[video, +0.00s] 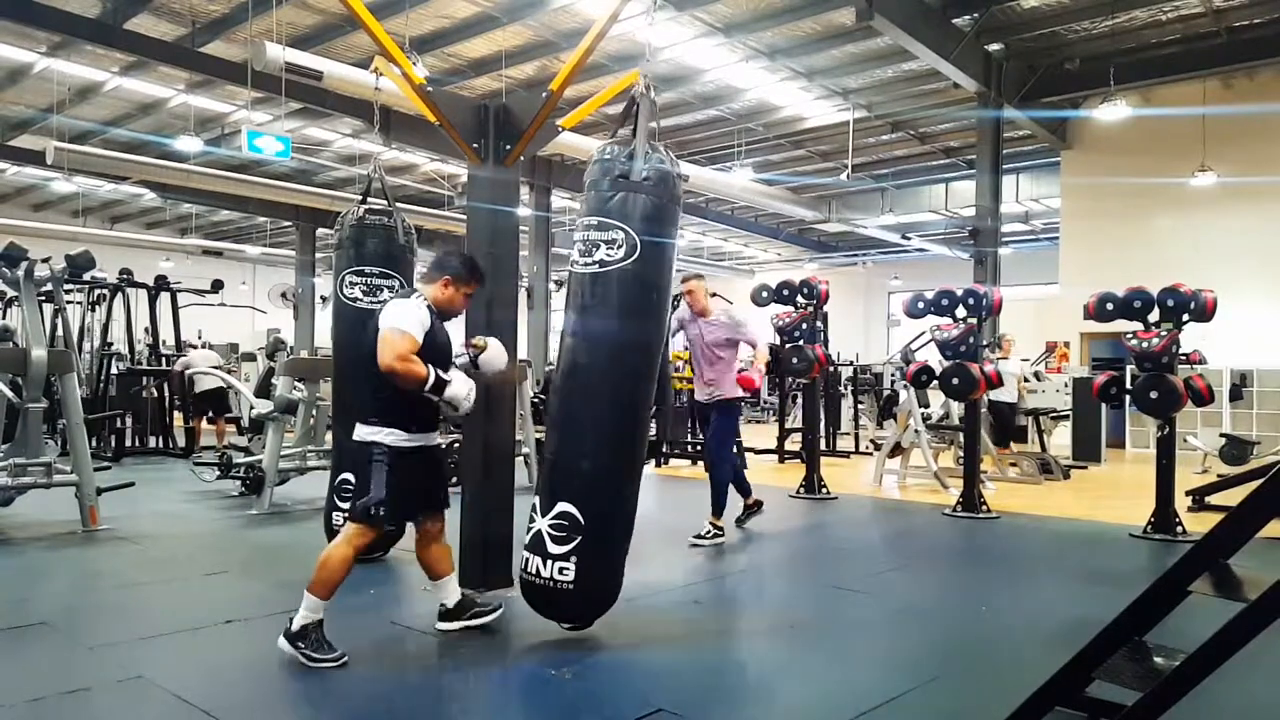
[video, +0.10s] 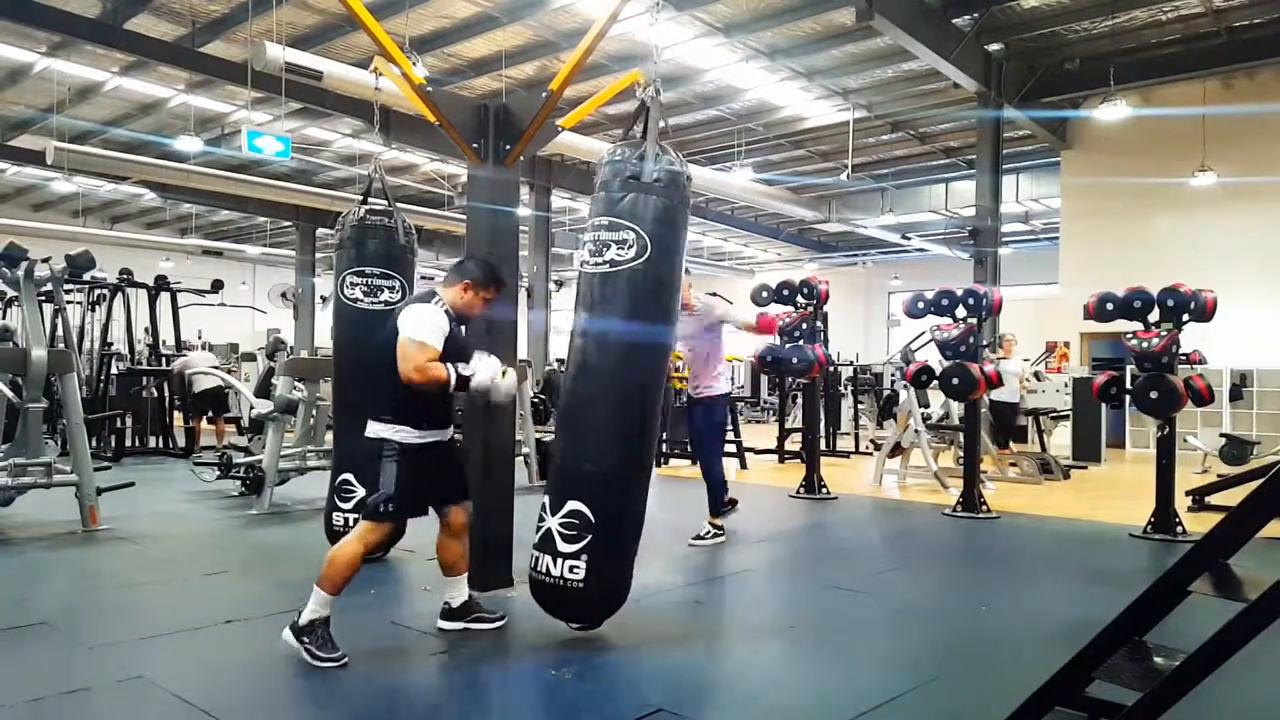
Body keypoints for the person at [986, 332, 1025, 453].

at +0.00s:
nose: (1010, 344)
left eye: (1012, 341)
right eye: (1007, 341)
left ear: (1014, 344)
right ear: (1000, 344)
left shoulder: (1016, 361)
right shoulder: (993, 360)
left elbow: (1020, 381)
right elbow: (986, 376)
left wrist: (1022, 390)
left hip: (1012, 397)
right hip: (996, 397)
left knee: (1009, 425)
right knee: (1006, 423)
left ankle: (1003, 448)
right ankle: (1003, 447)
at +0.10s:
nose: (1010, 344)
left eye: (1012, 341)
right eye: (1007, 341)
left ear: (1015, 343)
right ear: (1001, 344)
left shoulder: (1018, 361)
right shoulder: (996, 359)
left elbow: (1023, 377)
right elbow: (987, 372)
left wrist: (1024, 383)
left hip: (1014, 396)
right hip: (998, 396)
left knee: (1011, 423)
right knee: (1001, 423)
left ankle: (1007, 444)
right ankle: (1001, 447)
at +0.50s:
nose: (1014, 343)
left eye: (1016, 340)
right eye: (1011, 340)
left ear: (1020, 343)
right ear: (1005, 343)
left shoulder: (1026, 361)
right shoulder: (998, 359)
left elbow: (1032, 382)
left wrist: (1026, 386)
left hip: (1019, 400)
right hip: (1001, 400)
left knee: (1020, 437)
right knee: (1003, 436)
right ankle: (1005, 467)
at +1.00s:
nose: (1024, 343)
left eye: (1027, 341)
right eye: (1021, 341)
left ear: (1031, 344)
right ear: (1016, 343)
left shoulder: (1035, 362)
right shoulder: (1010, 359)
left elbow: (1041, 381)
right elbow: (1000, 373)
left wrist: (1036, 387)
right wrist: (1005, 365)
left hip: (1030, 401)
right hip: (1013, 400)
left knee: (1032, 437)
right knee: (1012, 436)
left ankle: (1028, 468)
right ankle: (1006, 468)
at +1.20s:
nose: (1031, 345)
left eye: (1033, 342)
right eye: (1028, 342)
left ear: (1037, 344)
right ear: (1022, 345)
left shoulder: (1038, 362)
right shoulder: (1017, 361)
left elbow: (1042, 379)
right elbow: (1015, 373)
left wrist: (1043, 381)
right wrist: (1023, 360)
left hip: (1036, 398)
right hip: (1020, 399)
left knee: (1033, 437)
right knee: (1017, 437)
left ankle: (1028, 468)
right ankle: (1008, 467)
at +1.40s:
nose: (1042, 349)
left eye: (1044, 346)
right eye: (1040, 345)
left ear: (1043, 347)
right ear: (1032, 345)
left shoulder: (1039, 360)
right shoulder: (1024, 361)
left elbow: (1038, 382)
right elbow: (1039, 373)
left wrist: (1048, 391)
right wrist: (1041, 358)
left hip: (1040, 400)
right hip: (1030, 401)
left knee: (1035, 434)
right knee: (1031, 435)